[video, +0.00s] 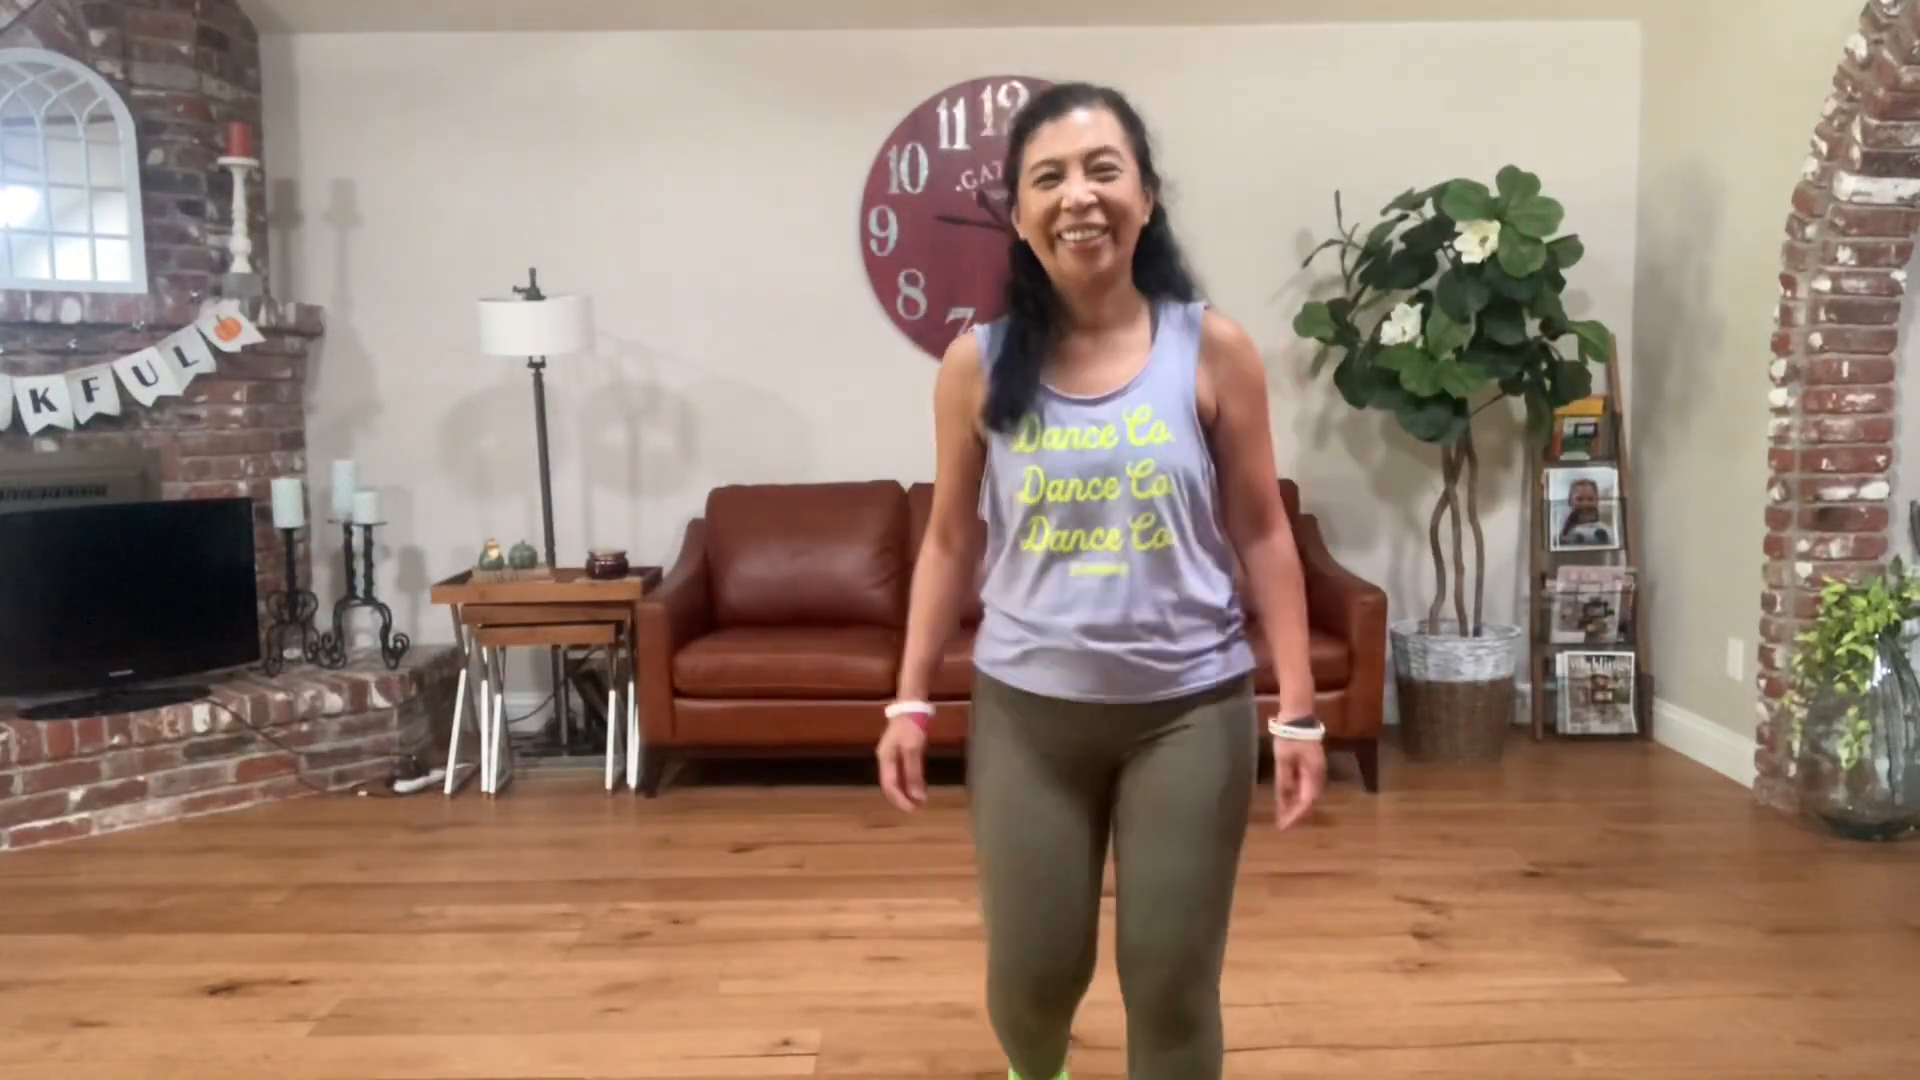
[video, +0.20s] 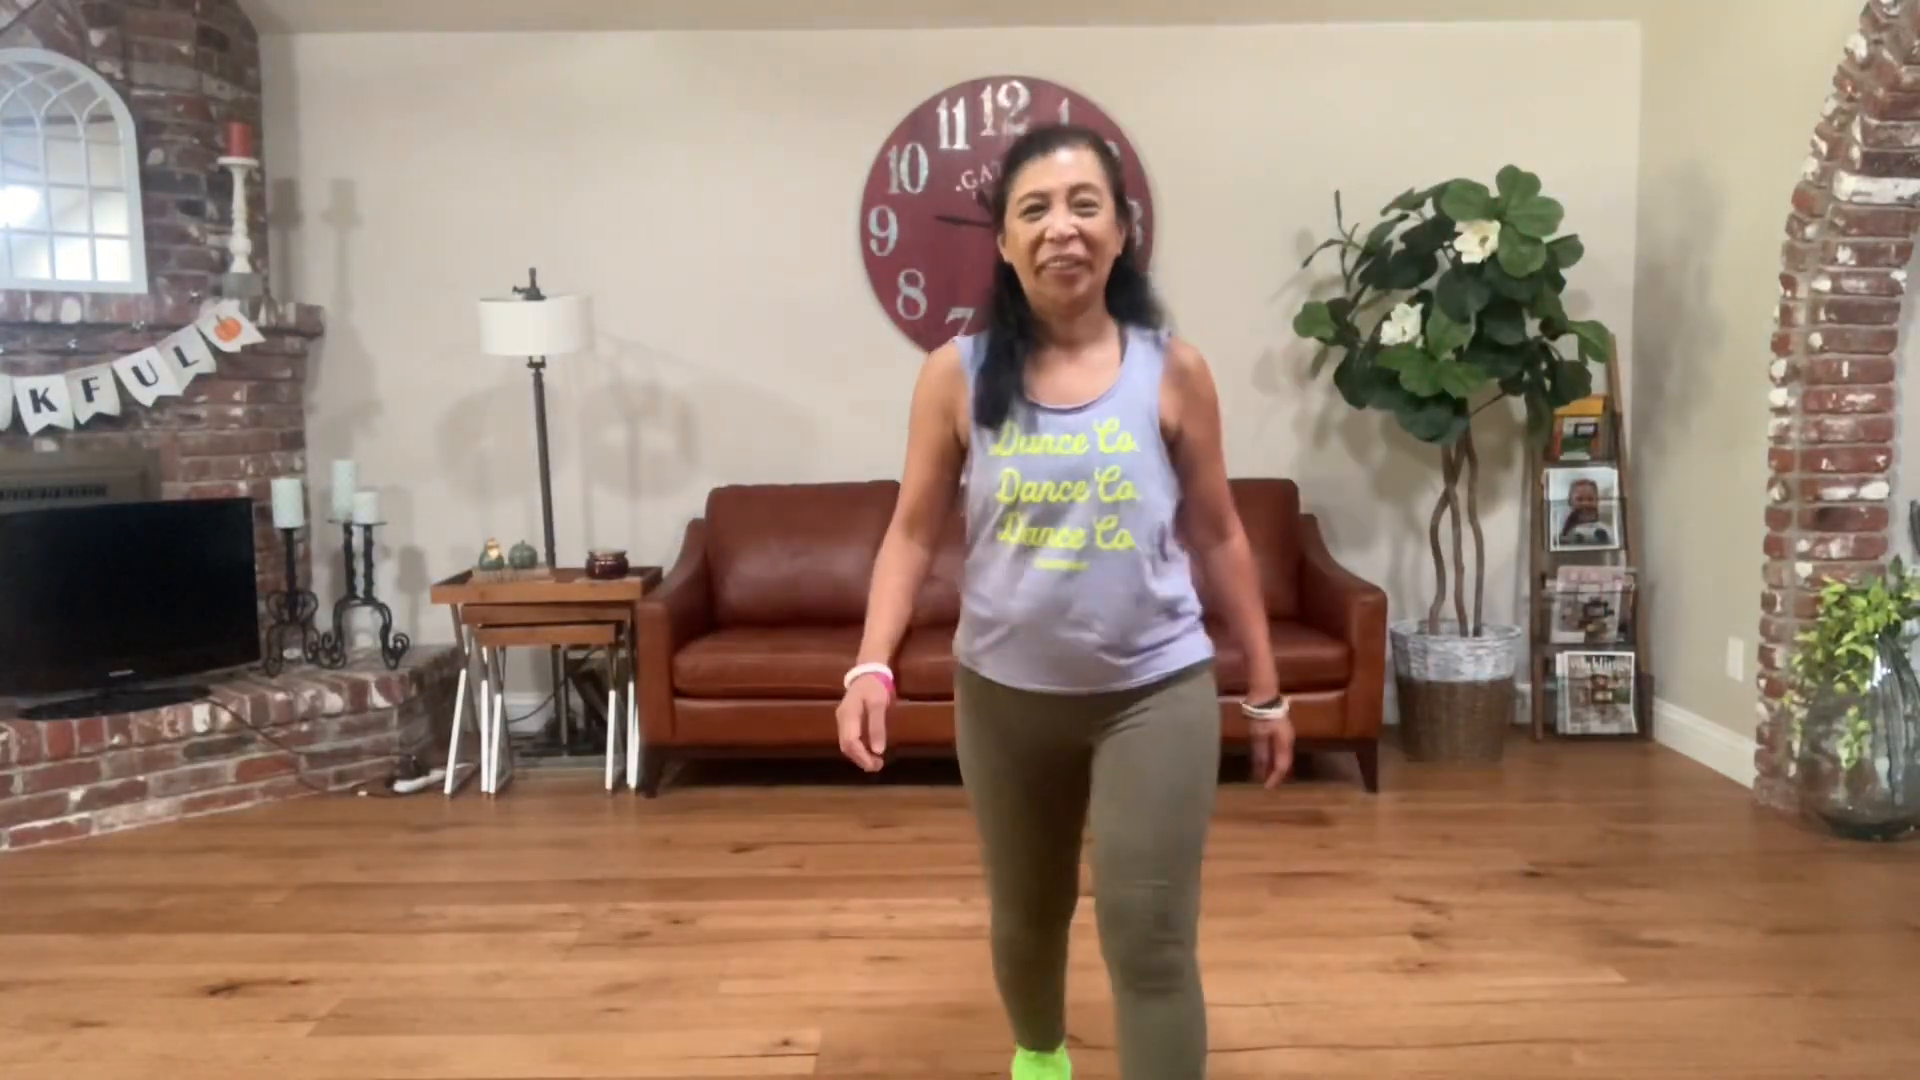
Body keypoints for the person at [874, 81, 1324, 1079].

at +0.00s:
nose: (1078, 195)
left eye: (1104, 169)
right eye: (1049, 176)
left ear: (1147, 196)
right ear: (1017, 213)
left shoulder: (1216, 351)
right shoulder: (978, 367)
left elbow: (1261, 531)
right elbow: (950, 540)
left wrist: (1297, 702)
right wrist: (910, 695)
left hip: (1192, 711)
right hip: (1025, 714)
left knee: (1171, 994)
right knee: (1033, 983)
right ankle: (1036, 1074)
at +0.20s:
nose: (1061, 228)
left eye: (1085, 205)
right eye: (1035, 208)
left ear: (1121, 232)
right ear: (1004, 240)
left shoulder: (1174, 372)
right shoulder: (958, 376)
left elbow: (1219, 536)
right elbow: (912, 533)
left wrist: (1263, 689)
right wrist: (873, 663)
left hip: (1157, 693)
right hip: (1007, 695)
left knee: (1151, 943)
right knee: (1028, 923)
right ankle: (1040, 1056)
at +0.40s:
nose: (1041, 242)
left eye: (1063, 221)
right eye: (1015, 224)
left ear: (1096, 245)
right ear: (986, 254)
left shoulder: (1150, 371)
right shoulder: (950, 383)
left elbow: (1197, 515)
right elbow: (900, 526)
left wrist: (1223, 657)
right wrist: (871, 619)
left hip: (1130, 670)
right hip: (990, 670)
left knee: (1125, 890)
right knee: (1016, 888)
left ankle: (1142, 1075)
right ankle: (1039, 1053)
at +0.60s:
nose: (1038, 249)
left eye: (1057, 227)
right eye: (1013, 233)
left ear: (1090, 243)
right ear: (987, 259)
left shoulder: (1141, 359)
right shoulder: (953, 374)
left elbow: (1192, 494)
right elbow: (925, 531)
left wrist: (1164, 522)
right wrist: (898, 519)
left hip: (1121, 654)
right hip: (989, 654)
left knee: (1099, 870)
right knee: (1015, 868)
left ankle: (1112, 1006)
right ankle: (1036, 1051)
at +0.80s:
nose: (1042, 256)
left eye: (1061, 234)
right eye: (1020, 241)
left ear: (1096, 250)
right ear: (998, 264)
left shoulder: (1146, 364)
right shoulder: (970, 371)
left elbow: (1159, 506)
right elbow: (949, 512)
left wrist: (1061, 507)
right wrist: (982, 523)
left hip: (1118, 641)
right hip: (994, 640)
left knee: (1103, 834)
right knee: (1018, 833)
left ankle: (1100, 989)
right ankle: (1033, 1037)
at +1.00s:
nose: (1029, 262)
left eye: (1047, 241)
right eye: (1007, 246)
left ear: (1082, 261)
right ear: (985, 271)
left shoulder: (1130, 373)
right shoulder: (962, 379)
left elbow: (1171, 504)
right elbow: (943, 497)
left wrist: (1091, 574)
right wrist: (951, 557)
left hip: (1112, 626)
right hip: (990, 626)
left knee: (1097, 814)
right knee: (978, 804)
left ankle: (1099, 989)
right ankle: (989, 978)